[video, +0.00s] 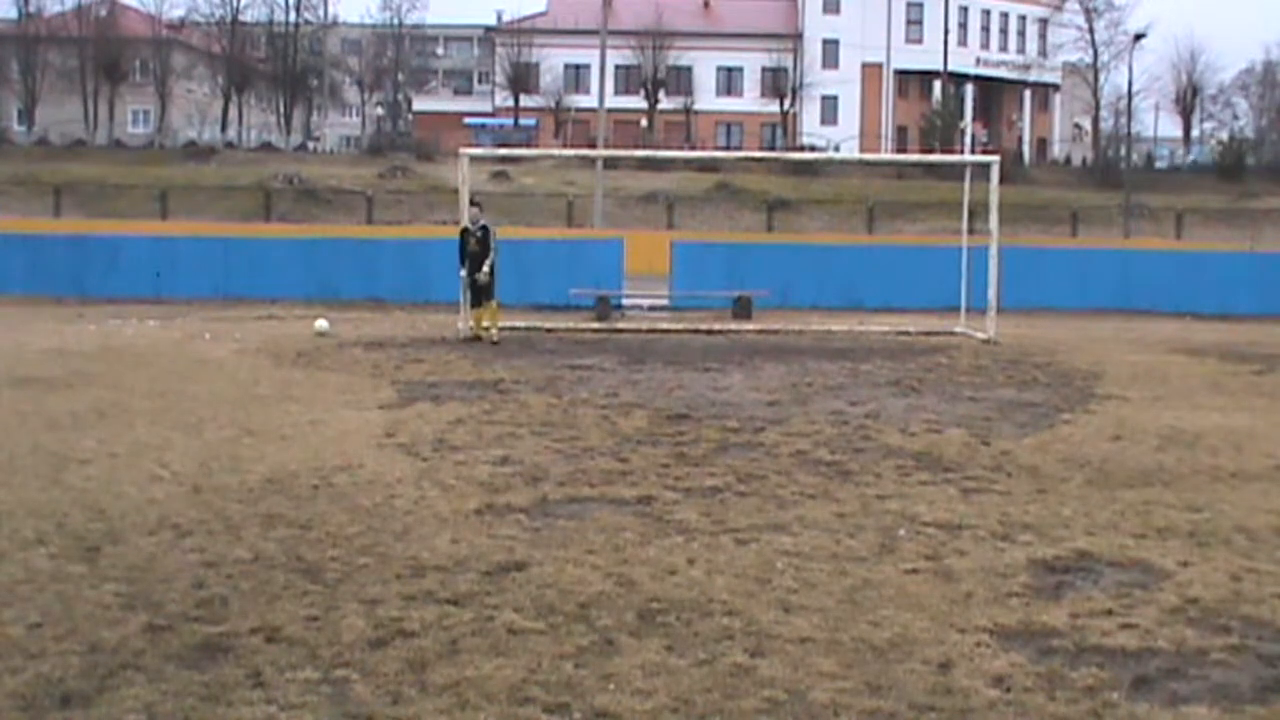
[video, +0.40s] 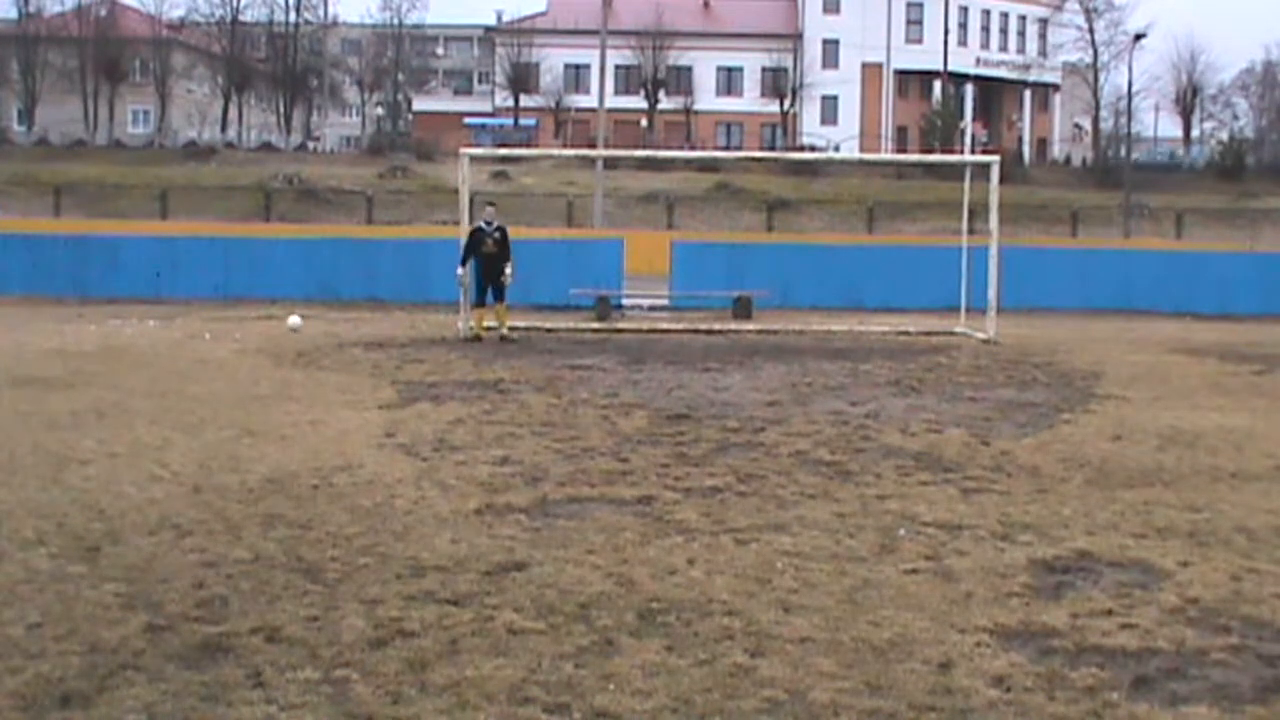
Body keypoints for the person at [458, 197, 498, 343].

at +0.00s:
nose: (473, 215)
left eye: (476, 211)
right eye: (471, 211)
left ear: (481, 213)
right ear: (467, 213)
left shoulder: (487, 231)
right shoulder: (464, 232)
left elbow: (491, 252)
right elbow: (462, 251)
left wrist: (486, 269)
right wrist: (463, 266)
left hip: (485, 269)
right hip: (471, 269)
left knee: (488, 300)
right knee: (474, 301)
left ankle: (492, 328)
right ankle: (476, 328)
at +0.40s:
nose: (489, 216)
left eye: (492, 213)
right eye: (487, 213)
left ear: (495, 214)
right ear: (483, 214)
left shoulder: (501, 231)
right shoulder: (476, 232)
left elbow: (506, 252)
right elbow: (468, 251)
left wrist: (508, 267)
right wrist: (462, 267)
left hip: (498, 270)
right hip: (481, 270)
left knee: (500, 300)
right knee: (479, 302)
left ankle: (503, 328)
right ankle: (477, 328)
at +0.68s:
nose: (507, 215)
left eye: (509, 212)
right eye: (504, 212)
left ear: (512, 214)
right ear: (500, 214)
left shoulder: (517, 231)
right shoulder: (495, 230)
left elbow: (523, 250)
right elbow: (496, 246)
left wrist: (527, 265)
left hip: (512, 268)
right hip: (498, 268)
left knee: (508, 301)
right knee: (490, 300)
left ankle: (504, 329)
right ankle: (483, 329)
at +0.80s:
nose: (516, 215)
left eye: (517, 212)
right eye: (513, 212)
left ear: (519, 214)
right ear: (507, 213)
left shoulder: (523, 230)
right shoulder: (503, 229)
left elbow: (530, 249)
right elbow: (497, 232)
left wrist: (535, 264)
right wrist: (496, 227)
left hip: (517, 268)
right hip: (504, 267)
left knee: (511, 301)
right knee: (500, 301)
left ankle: (505, 329)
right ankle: (497, 329)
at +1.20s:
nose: (548, 221)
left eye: (549, 219)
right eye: (547, 218)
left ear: (546, 219)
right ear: (541, 218)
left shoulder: (546, 234)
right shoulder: (533, 233)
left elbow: (552, 252)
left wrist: (560, 266)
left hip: (538, 270)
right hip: (530, 269)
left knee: (526, 301)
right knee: (538, 301)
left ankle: (508, 327)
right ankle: (545, 334)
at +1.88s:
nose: (605, 221)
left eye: (607, 218)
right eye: (603, 218)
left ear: (608, 220)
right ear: (598, 218)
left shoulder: (602, 234)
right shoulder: (592, 233)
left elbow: (601, 252)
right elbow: (592, 254)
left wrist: (604, 268)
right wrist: (602, 270)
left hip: (600, 270)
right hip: (592, 271)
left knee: (601, 301)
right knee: (596, 301)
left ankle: (606, 330)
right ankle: (572, 322)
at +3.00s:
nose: (689, 245)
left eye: (691, 242)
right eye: (686, 242)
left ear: (695, 243)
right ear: (682, 243)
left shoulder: (698, 254)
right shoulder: (674, 252)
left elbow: (712, 257)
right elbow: (660, 254)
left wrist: (708, 271)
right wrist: (663, 269)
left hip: (693, 283)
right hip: (675, 283)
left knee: (706, 310)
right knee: (665, 311)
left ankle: (711, 340)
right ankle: (660, 337)